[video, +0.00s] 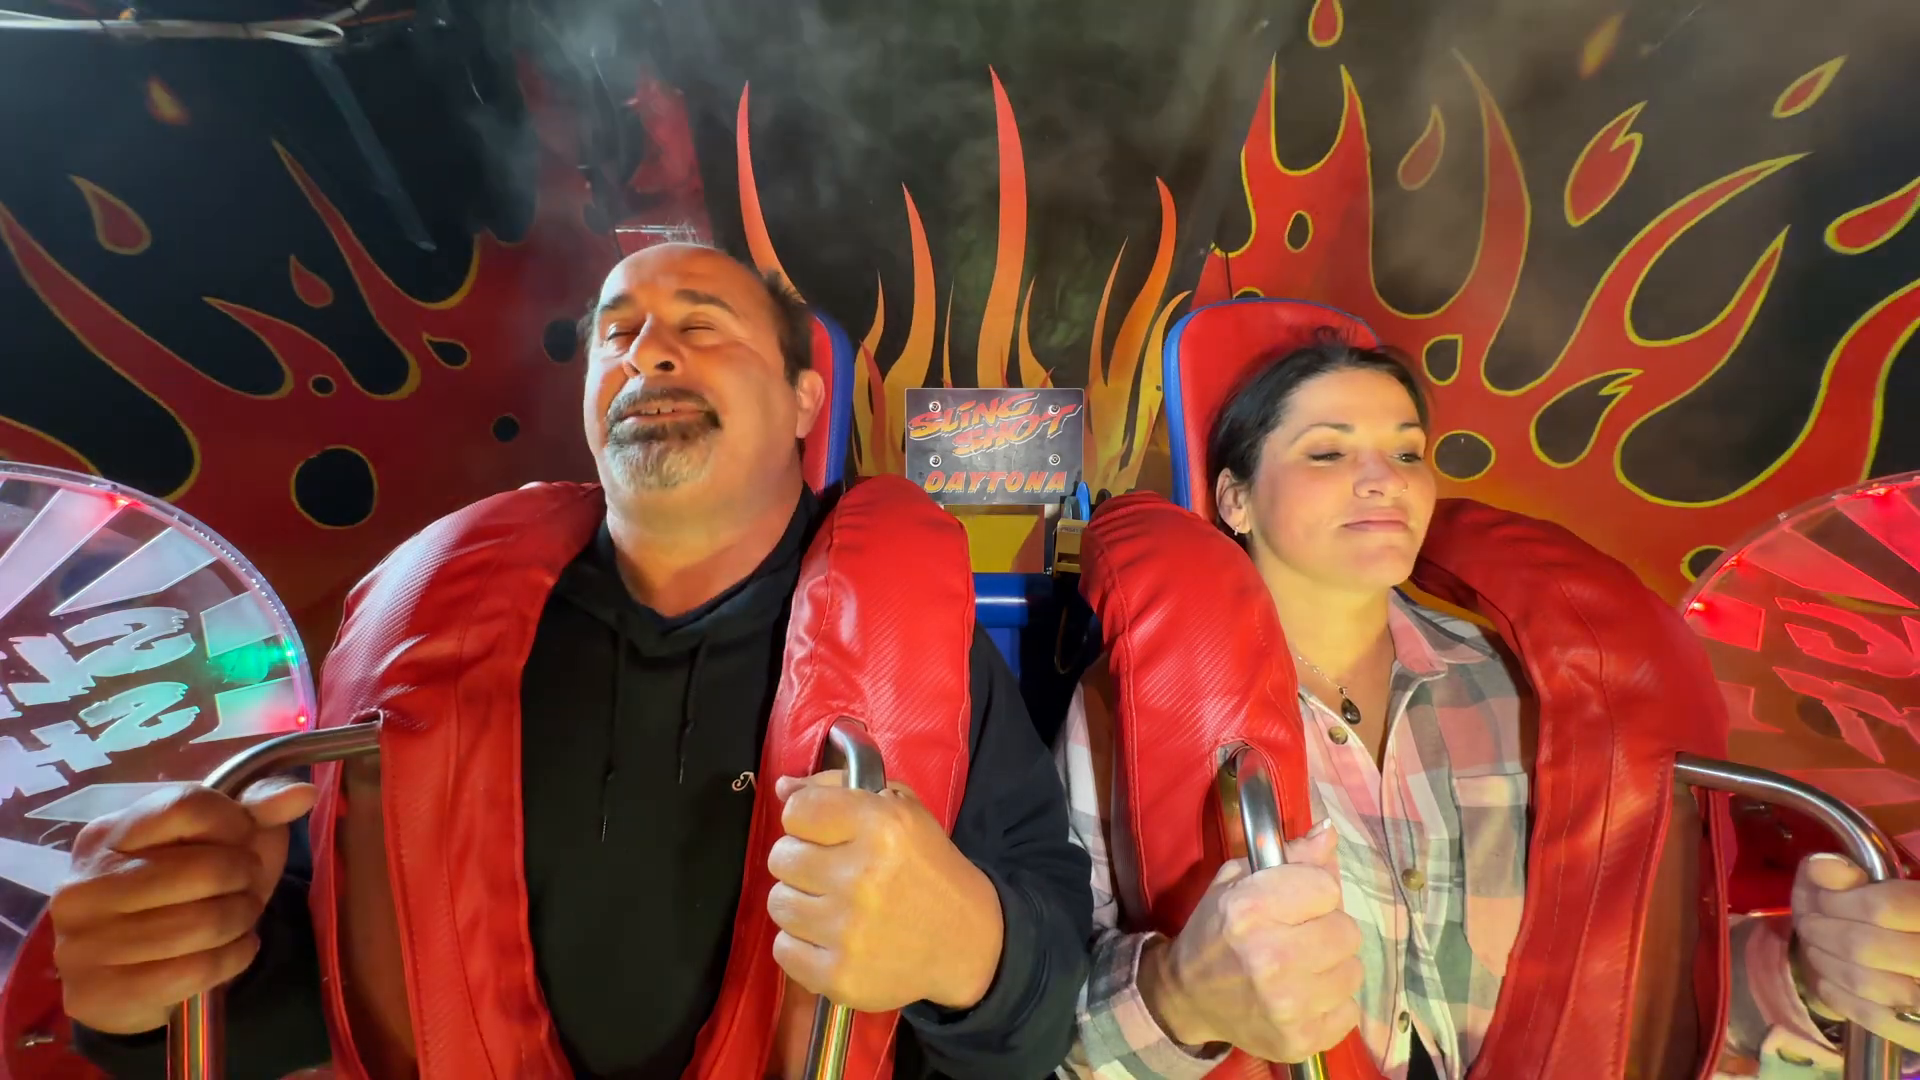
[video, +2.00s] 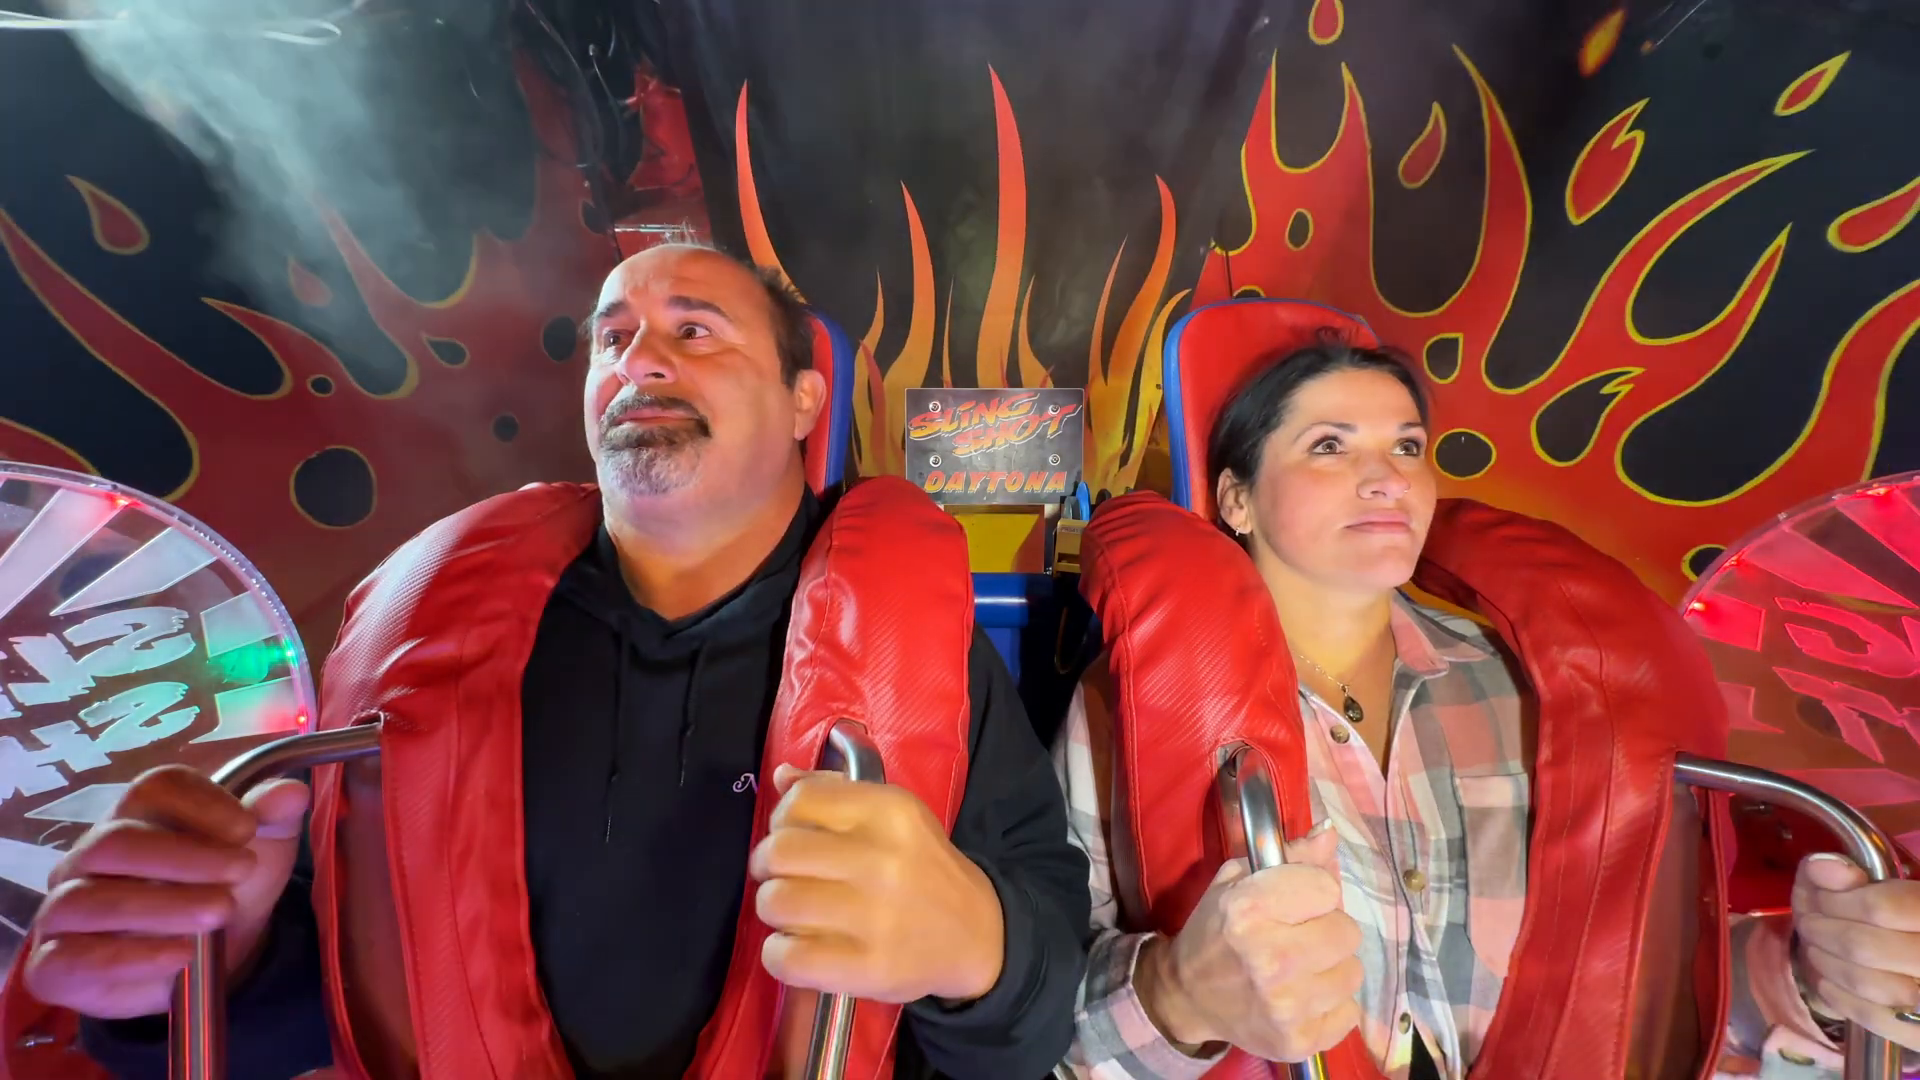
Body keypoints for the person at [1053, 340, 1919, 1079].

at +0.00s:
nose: (1383, 484)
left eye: (1406, 455)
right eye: (1329, 455)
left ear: (1435, 490)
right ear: (1236, 500)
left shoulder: (1519, 695)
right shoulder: (1137, 717)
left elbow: (1610, 975)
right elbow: (1049, 1032)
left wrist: (1800, 972)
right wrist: (1170, 1004)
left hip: (1494, 1068)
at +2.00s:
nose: (1388, 478)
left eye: (1408, 449)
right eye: (1331, 447)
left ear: (1436, 489)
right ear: (1238, 501)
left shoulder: (1524, 694)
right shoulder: (1141, 714)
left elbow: (1616, 979)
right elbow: (1045, 1031)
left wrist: (1802, 976)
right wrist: (1171, 1001)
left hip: (1495, 1065)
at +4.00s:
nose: (1386, 487)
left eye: (1408, 459)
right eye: (1331, 458)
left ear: (1437, 491)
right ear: (1238, 502)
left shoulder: (1517, 691)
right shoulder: (1141, 714)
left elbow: (1611, 968)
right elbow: (1055, 1035)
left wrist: (1798, 973)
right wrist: (1171, 1001)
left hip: (1491, 1067)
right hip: (1257, 1073)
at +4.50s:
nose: (1387, 488)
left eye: (1407, 458)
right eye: (1331, 457)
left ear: (1435, 490)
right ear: (1238, 502)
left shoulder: (1514, 691)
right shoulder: (1141, 715)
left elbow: (1608, 969)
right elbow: (1057, 1036)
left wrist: (1794, 971)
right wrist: (1171, 1002)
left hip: (1489, 1067)